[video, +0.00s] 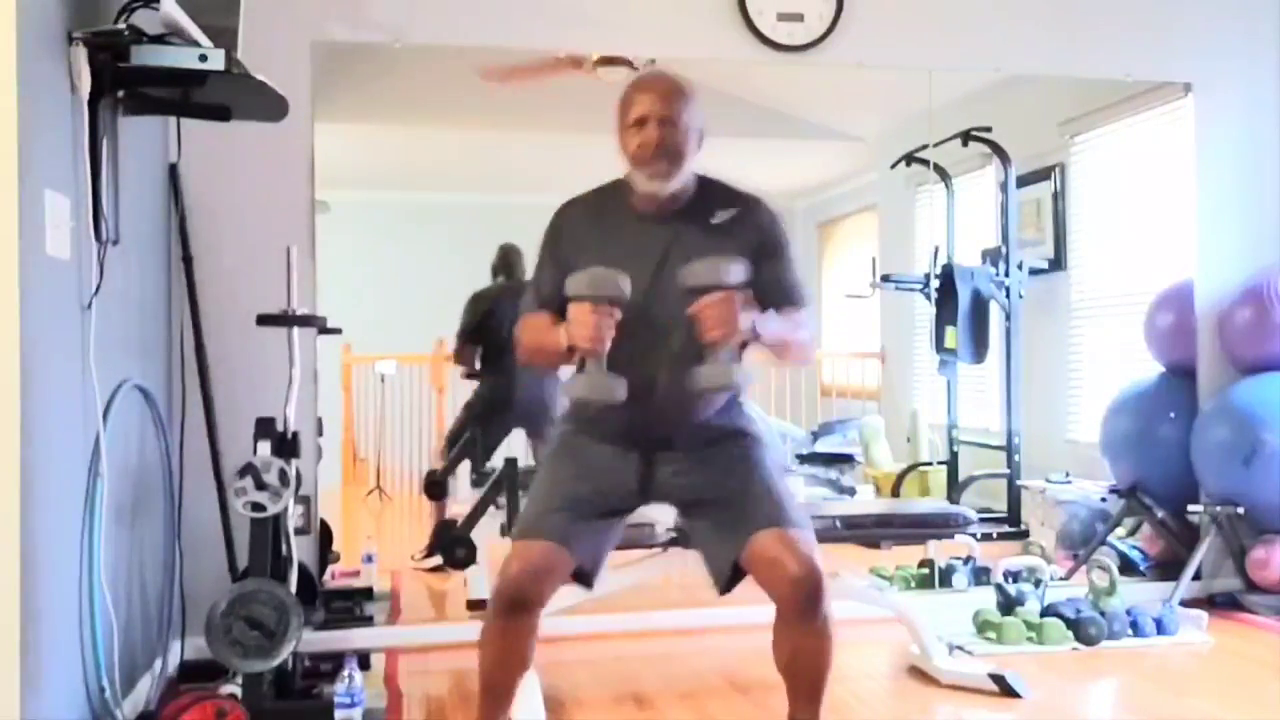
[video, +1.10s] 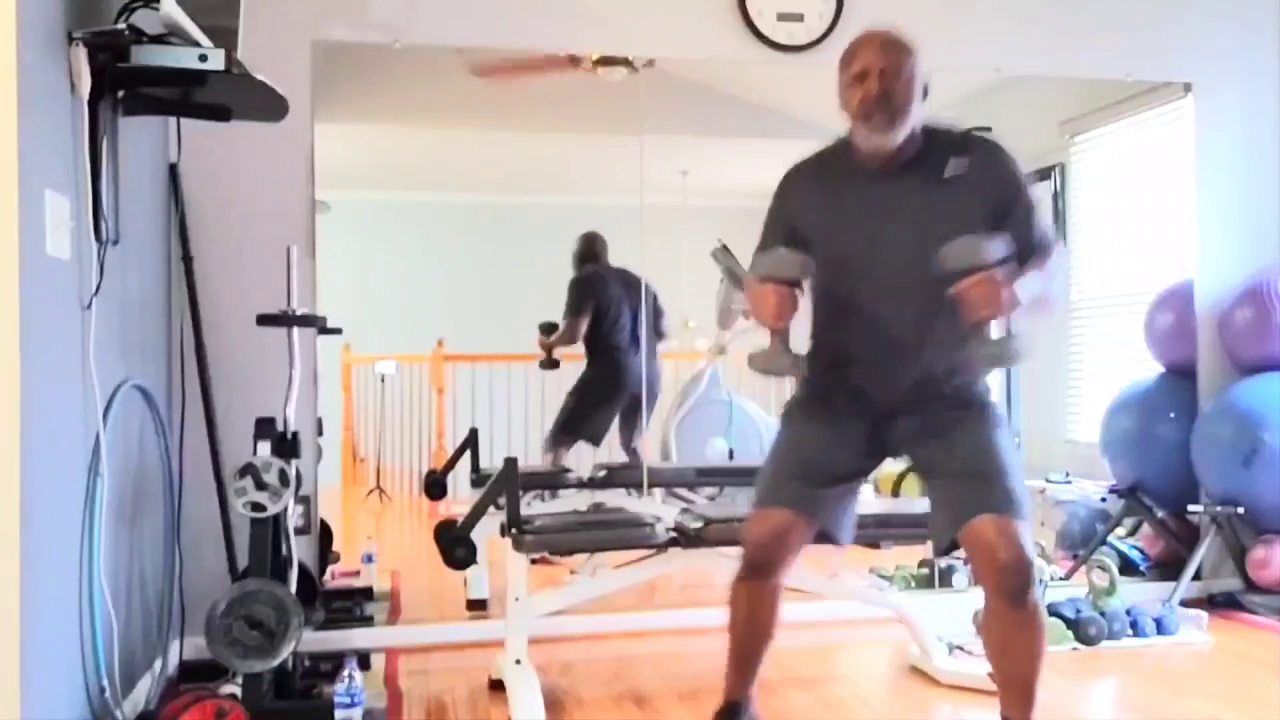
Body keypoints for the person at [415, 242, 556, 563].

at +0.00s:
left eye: (500, 265)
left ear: (494, 268)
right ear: (524, 266)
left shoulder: (484, 299)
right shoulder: (543, 297)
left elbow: (464, 355)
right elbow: (563, 347)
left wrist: (475, 368)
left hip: (497, 391)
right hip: (540, 390)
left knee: (451, 449)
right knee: (549, 458)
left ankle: (439, 531)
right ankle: (554, 527)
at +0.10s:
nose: (509, 252)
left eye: (506, 246)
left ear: (505, 248)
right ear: (532, 246)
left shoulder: (496, 278)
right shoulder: (552, 275)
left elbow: (478, 331)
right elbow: (570, 324)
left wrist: (473, 351)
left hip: (513, 373)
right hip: (551, 370)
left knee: (472, 441)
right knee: (562, 448)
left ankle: (453, 517)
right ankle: (578, 512)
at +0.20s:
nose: (509, 237)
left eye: (509, 233)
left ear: (510, 235)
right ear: (537, 232)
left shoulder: (505, 263)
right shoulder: (560, 259)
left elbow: (492, 314)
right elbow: (575, 306)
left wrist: (473, 326)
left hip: (524, 358)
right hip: (561, 358)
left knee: (489, 425)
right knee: (563, 435)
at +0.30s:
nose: (517, 233)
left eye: (517, 229)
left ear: (518, 230)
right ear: (546, 229)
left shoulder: (515, 254)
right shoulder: (567, 253)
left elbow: (508, 296)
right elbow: (593, 295)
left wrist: (480, 319)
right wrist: (592, 328)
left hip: (532, 358)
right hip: (570, 358)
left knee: (501, 436)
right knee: (567, 439)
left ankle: (512, 505)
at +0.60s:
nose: (531, 226)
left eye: (531, 223)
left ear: (532, 224)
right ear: (559, 221)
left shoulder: (526, 252)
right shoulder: (589, 248)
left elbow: (511, 305)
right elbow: (623, 295)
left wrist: (504, 322)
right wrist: (597, 305)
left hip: (554, 353)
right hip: (594, 352)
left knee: (539, 435)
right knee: (591, 428)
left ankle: (544, 494)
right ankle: (599, 479)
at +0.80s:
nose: (547, 263)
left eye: (548, 258)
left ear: (551, 259)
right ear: (578, 257)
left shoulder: (548, 286)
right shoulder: (605, 284)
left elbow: (532, 339)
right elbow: (620, 329)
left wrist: (532, 359)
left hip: (573, 381)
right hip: (613, 380)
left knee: (530, 448)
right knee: (621, 449)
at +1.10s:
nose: (574, 258)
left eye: (575, 254)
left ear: (579, 255)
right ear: (605, 254)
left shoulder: (586, 280)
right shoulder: (636, 282)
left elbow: (573, 334)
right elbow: (660, 331)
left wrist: (550, 344)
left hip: (609, 374)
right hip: (647, 375)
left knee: (559, 443)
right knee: (633, 442)